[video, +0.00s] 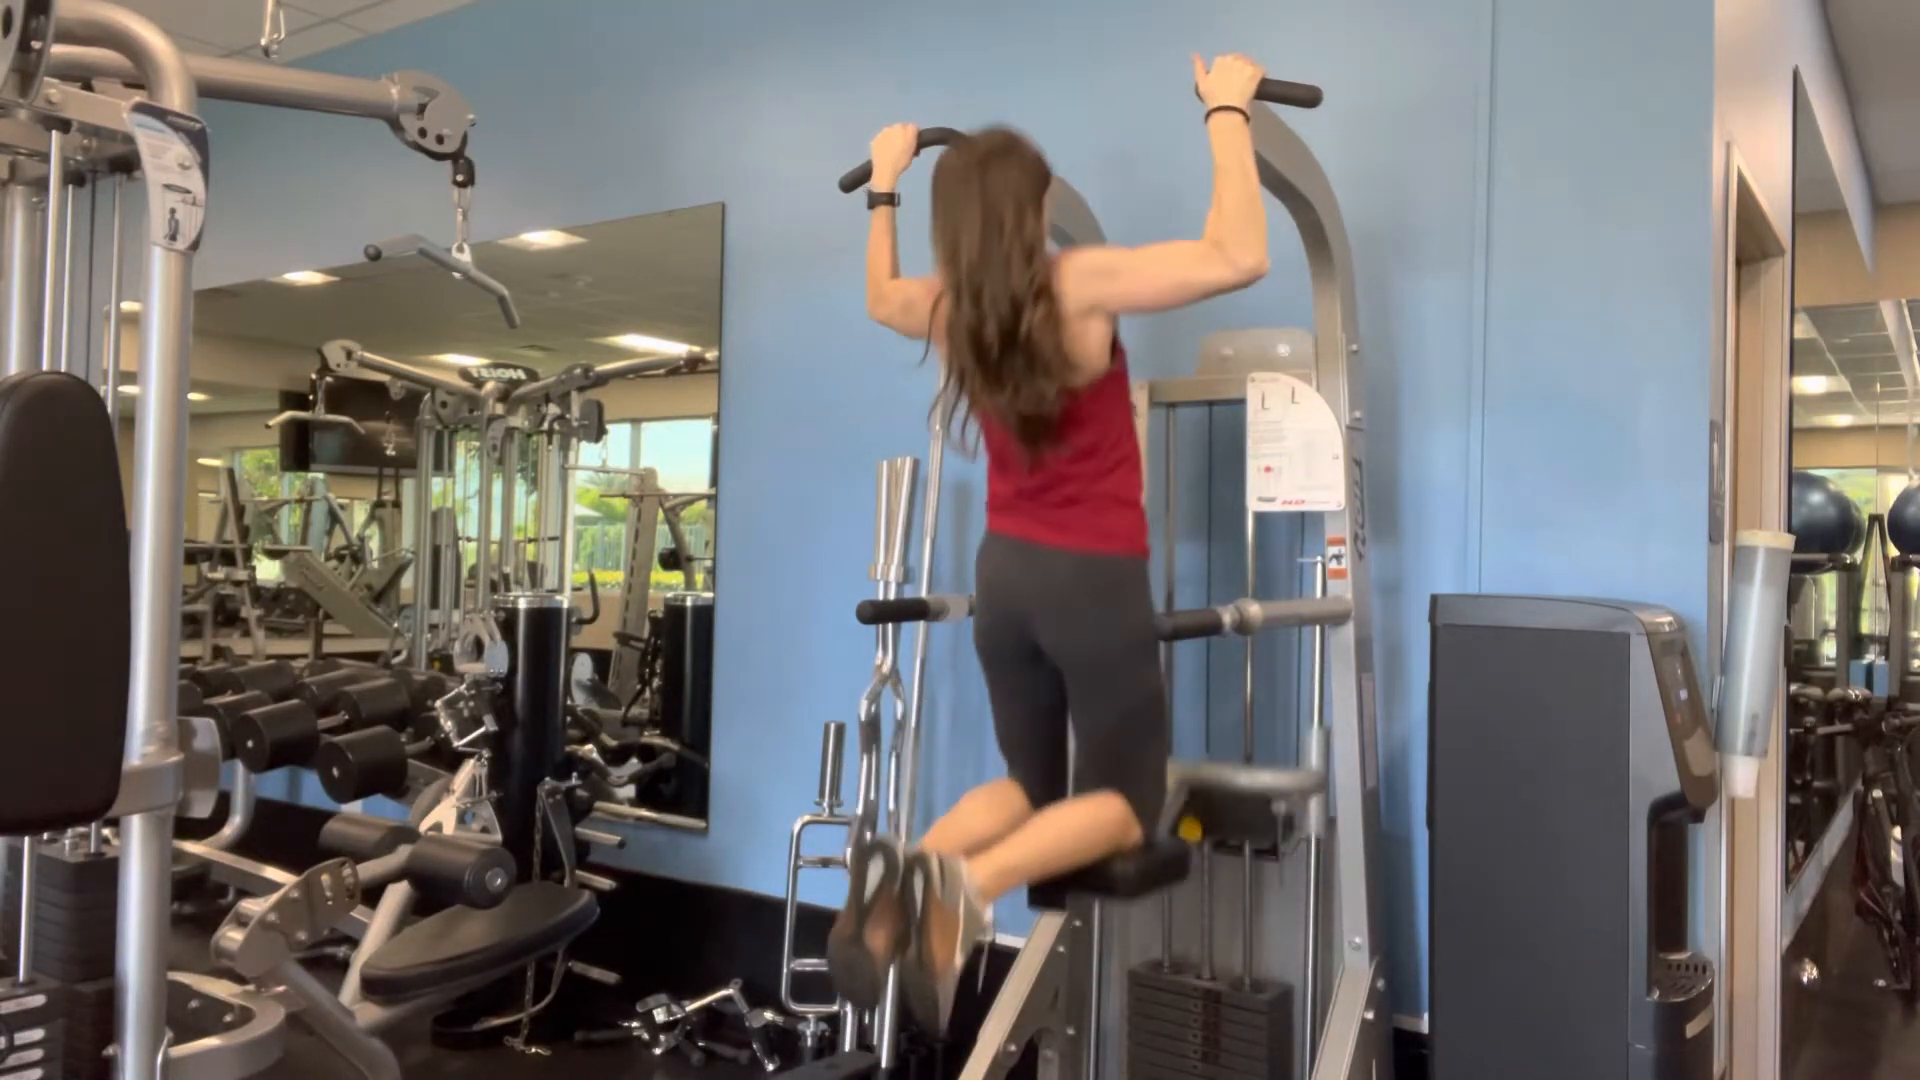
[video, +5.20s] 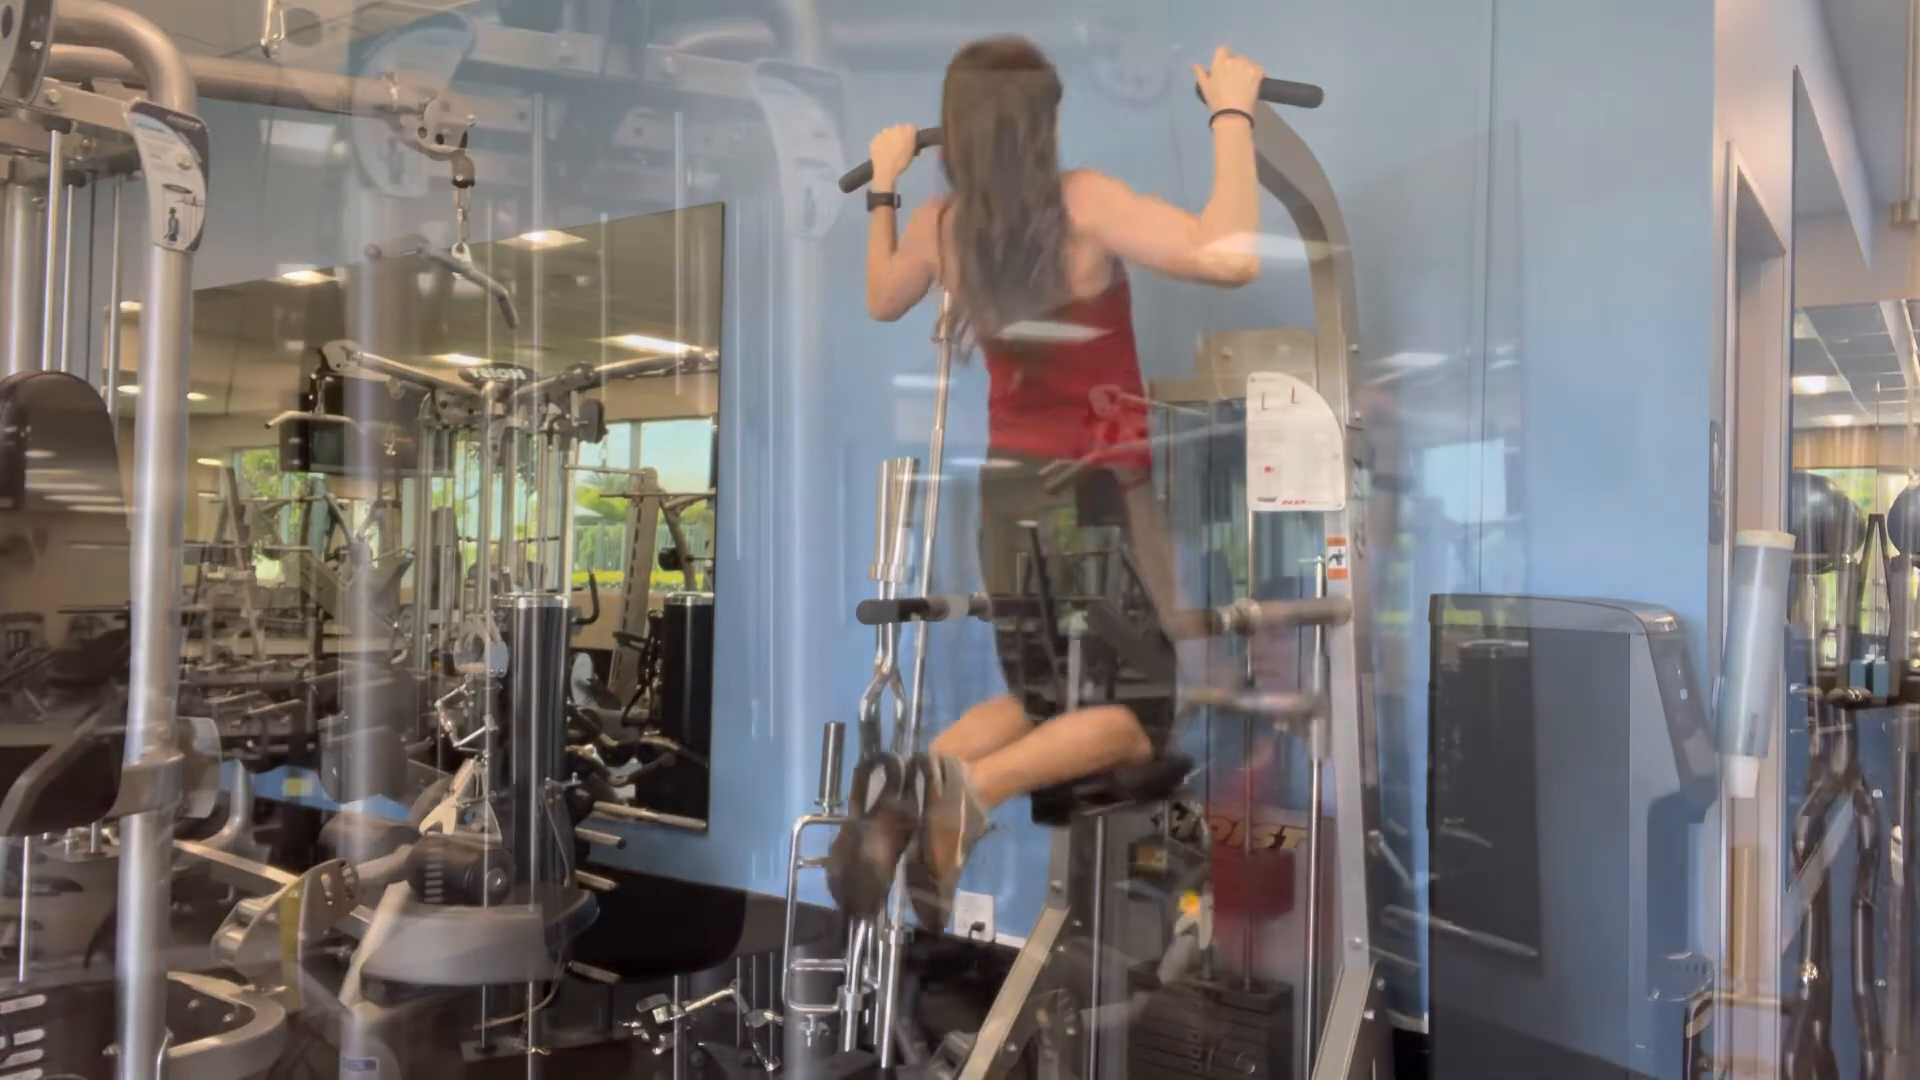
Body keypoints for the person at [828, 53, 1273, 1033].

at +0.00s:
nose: (1054, 199)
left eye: (1040, 185)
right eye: (1046, 187)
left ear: (953, 216)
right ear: (1036, 204)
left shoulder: (952, 304)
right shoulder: (1077, 278)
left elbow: (880, 295)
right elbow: (1237, 256)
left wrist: (882, 187)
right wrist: (1228, 113)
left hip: (1004, 577)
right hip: (1093, 580)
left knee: (1031, 784)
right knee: (1127, 804)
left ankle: (913, 866)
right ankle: (970, 887)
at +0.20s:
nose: (1048, 307)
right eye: (1037, 295)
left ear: (956, 322)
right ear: (1034, 312)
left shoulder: (955, 395)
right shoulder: (1076, 382)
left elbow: (905, 293)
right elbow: (1200, 270)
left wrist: (885, 185)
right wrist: (1225, 114)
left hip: (997, 685)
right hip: (1087, 693)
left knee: (1023, 894)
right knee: (1119, 916)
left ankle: (900, 1002)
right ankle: (965, 1028)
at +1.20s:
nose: (1064, 152)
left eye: (1057, 143)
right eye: (1059, 142)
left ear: (963, 158)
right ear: (1047, 150)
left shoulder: (965, 247)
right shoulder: (1089, 232)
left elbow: (874, 298)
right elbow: (1248, 253)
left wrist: (881, 185)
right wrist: (1232, 113)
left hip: (1003, 524)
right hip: (1092, 531)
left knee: (1029, 749)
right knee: (1126, 762)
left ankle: (903, 854)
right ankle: (964, 867)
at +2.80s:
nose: (1032, 287)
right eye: (1023, 275)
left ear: (945, 307)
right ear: (1025, 293)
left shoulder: (946, 383)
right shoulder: (1069, 366)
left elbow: (900, 293)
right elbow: (1205, 270)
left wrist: (884, 184)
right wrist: (1224, 117)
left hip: (992, 664)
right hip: (1081, 672)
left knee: (1020, 878)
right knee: (1121, 900)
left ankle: (890, 984)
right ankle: (950, 1002)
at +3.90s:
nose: (1056, 146)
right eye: (1051, 135)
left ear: (953, 153)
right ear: (1039, 144)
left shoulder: (956, 239)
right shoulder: (1075, 227)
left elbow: (883, 300)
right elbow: (1238, 256)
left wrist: (885, 187)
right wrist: (1231, 117)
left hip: (1001, 520)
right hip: (1090, 527)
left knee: (1026, 742)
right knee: (1132, 755)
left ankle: (903, 855)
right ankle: (966, 859)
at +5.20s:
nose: (1057, 120)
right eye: (1053, 106)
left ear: (955, 126)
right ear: (1044, 117)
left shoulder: (943, 222)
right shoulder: (1083, 200)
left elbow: (884, 297)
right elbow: (1228, 255)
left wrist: (880, 188)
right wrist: (1233, 114)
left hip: (1005, 490)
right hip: (1088, 493)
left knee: (1041, 697)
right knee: (1144, 713)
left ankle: (912, 782)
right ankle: (973, 789)